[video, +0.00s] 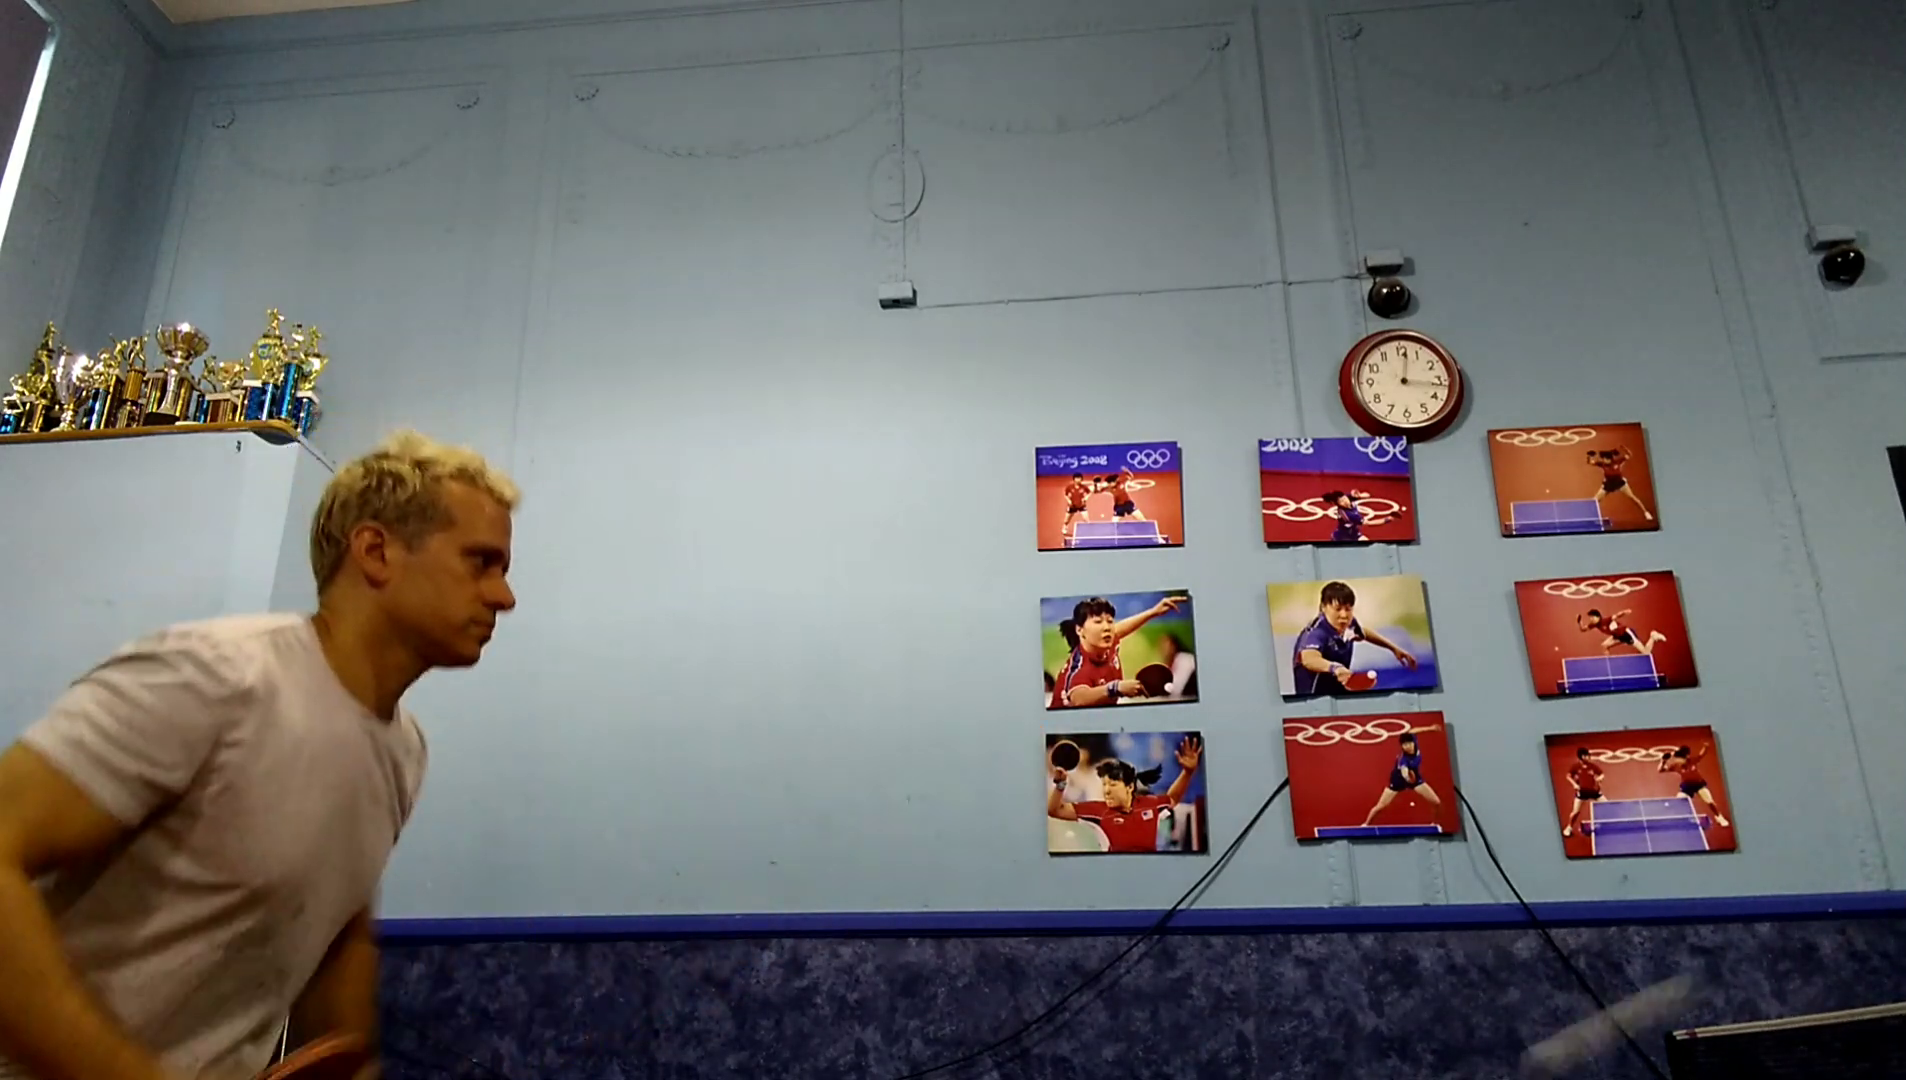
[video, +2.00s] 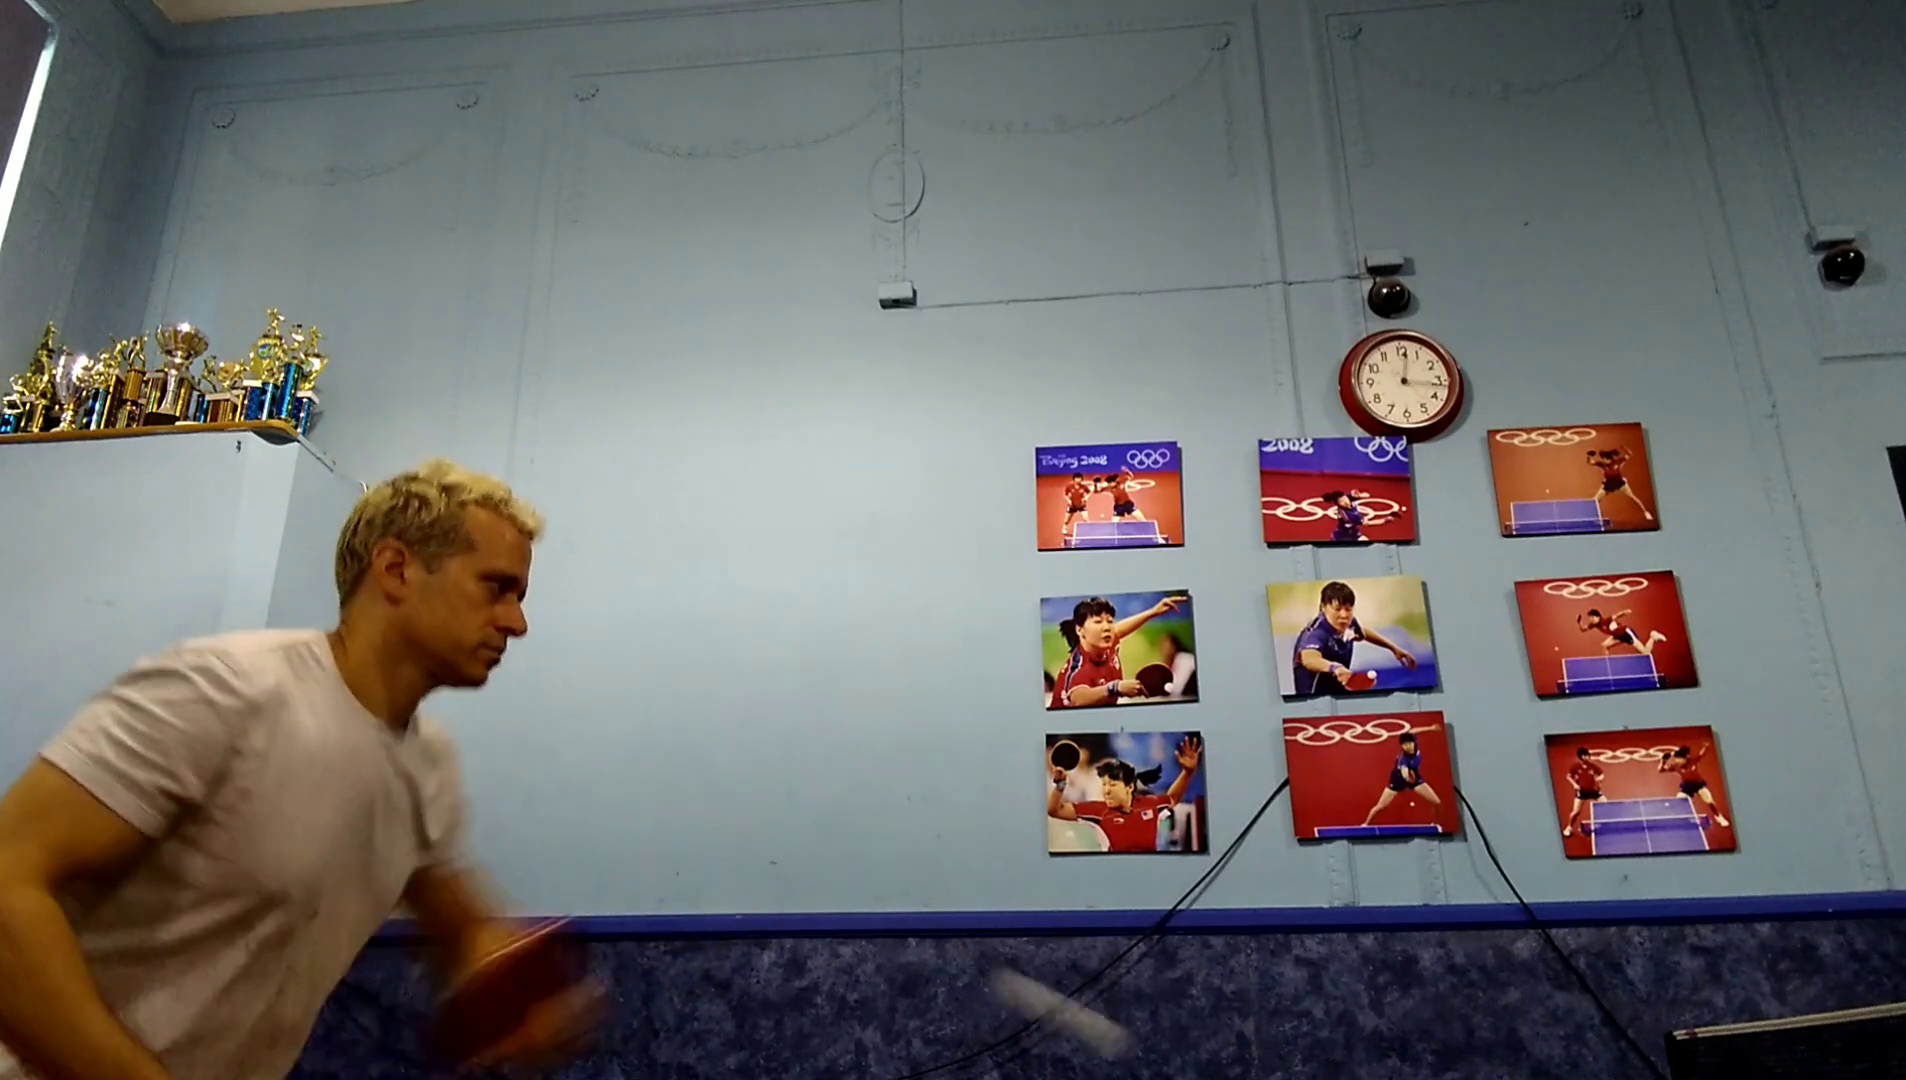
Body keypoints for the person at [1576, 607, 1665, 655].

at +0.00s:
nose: (1590, 620)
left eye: (1591, 618)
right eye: (1590, 619)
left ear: (1597, 617)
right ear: (1593, 618)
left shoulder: (1607, 621)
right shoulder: (1594, 625)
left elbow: (1617, 615)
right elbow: (1583, 630)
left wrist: (1625, 612)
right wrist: (1579, 623)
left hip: (1627, 634)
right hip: (1617, 637)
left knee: (1645, 652)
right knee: (1604, 645)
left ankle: (1653, 636)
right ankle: (1609, 667)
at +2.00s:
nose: (1590, 620)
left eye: (1591, 618)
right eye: (1590, 619)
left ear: (1597, 617)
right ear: (1593, 618)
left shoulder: (1607, 620)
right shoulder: (1594, 624)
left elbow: (1617, 615)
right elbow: (1583, 630)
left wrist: (1626, 612)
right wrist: (1579, 623)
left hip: (1627, 634)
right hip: (1617, 636)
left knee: (1646, 652)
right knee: (1604, 645)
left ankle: (1653, 636)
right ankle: (1608, 667)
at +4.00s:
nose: (1590, 620)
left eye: (1591, 618)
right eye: (1590, 619)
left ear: (1597, 617)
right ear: (1593, 618)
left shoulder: (1607, 620)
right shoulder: (1594, 624)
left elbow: (1617, 615)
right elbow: (1583, 630)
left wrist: (1625, 612)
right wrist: (1579, 623)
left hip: (1627, 634)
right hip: (1617, 637)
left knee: (1645, 652)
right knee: (1604, 645)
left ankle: (1653, 636)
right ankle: (1608, 667)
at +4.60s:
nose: (1590, 620)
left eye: (1591, 618)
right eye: (1590, 619)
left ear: (1597, 617)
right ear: (1593, 618)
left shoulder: (1607, 620)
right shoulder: (1594, 624)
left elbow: (1617, 615)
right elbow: (1583, 630)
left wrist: (1625, 612)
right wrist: (1579, 623)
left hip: (1627, 634)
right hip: (1617, 636)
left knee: (1645, 652)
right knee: (1604, 645)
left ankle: (1653, 636)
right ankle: (1608, 666)